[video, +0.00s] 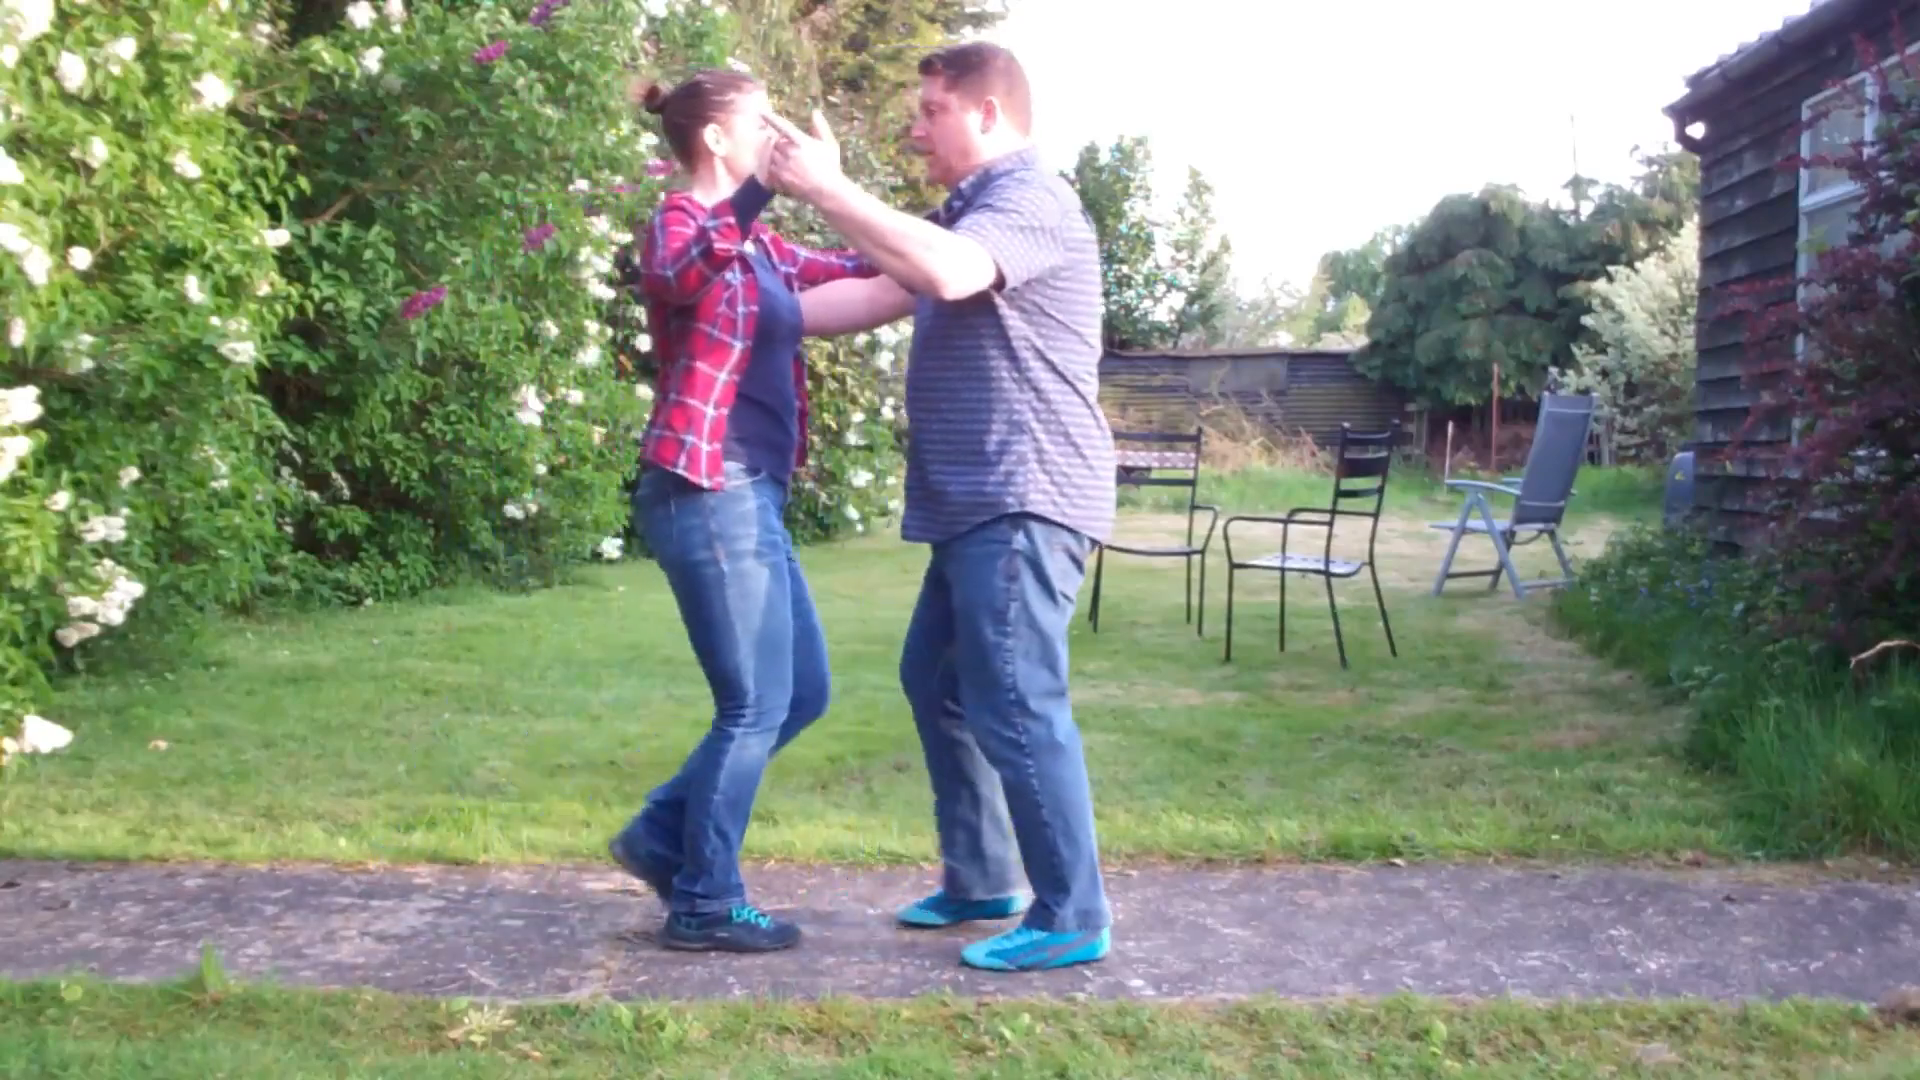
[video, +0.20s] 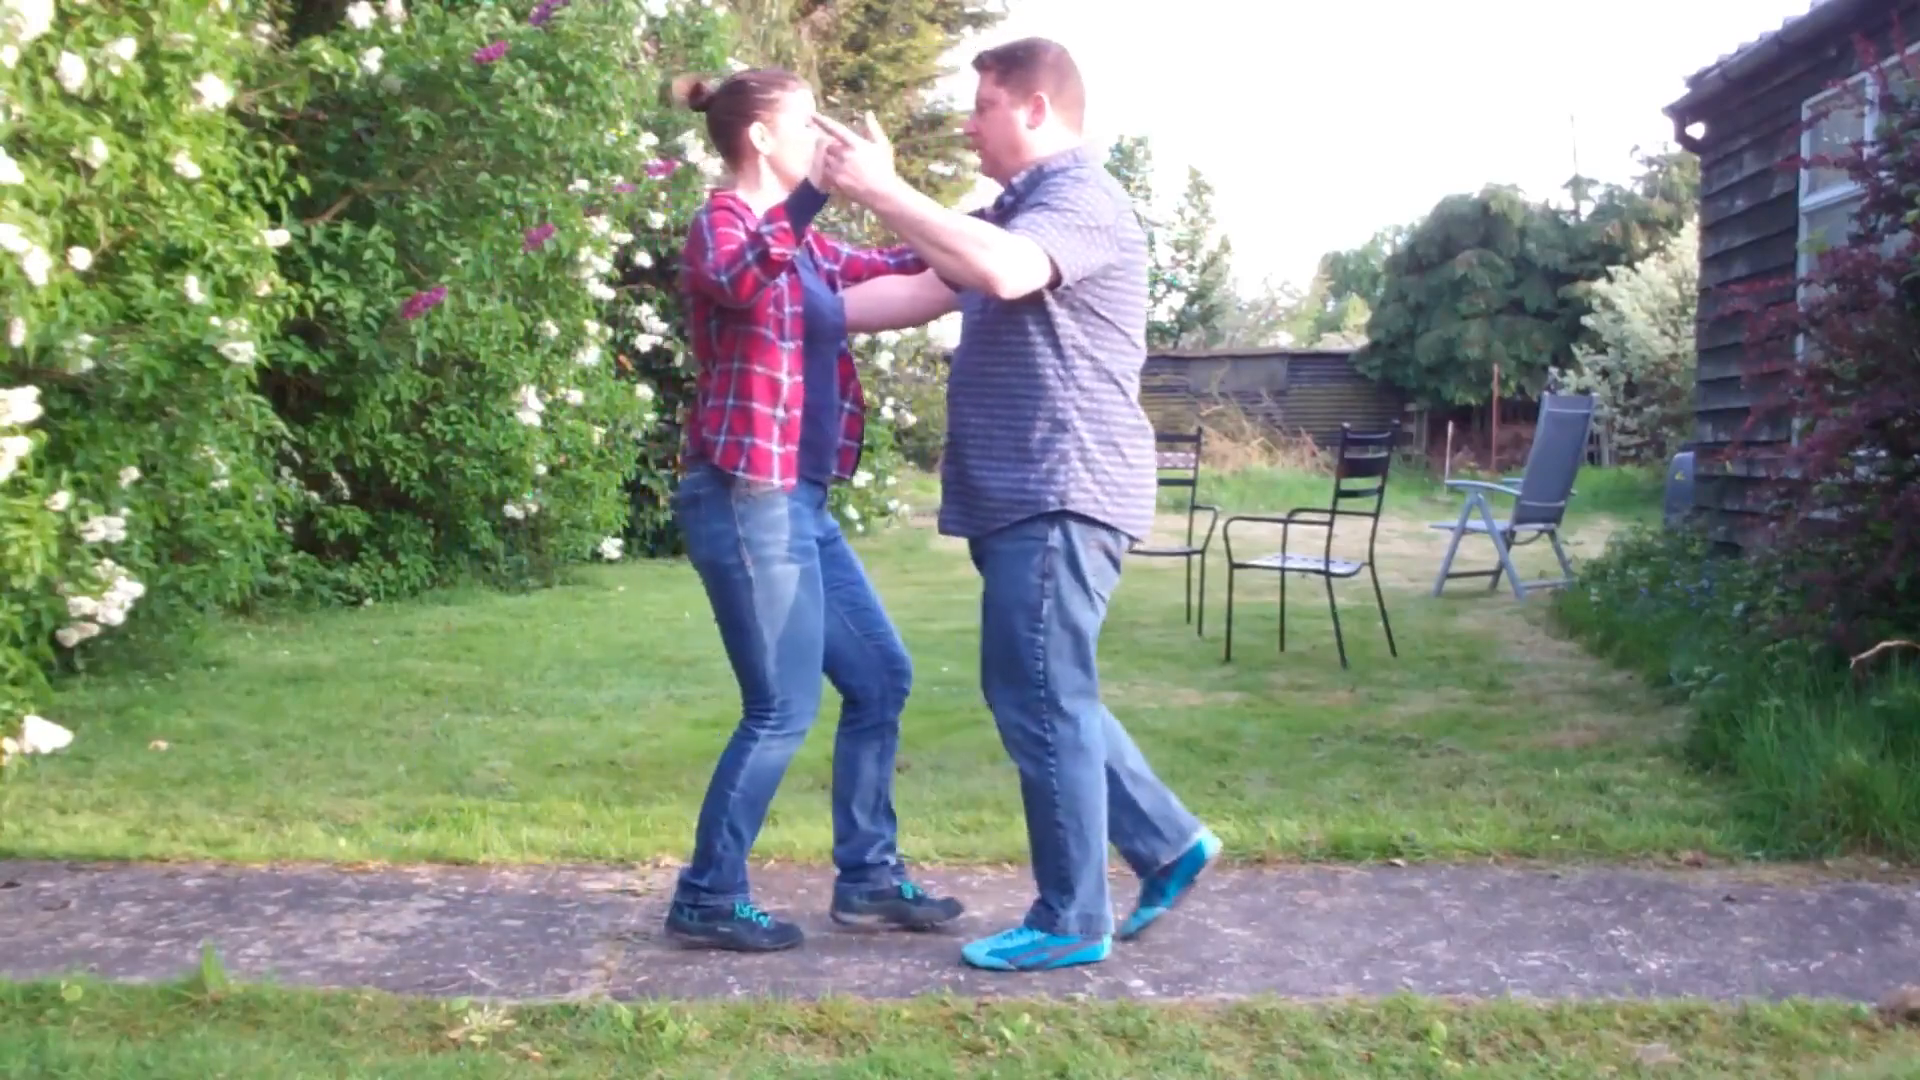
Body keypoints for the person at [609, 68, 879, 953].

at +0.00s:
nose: (778, 141)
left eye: (776, 125)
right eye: (763, 124)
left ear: (724, 140)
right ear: (715, 137)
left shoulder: (761, 242)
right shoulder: (677, 221)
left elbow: (859, 265)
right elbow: (675, 279)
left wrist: (943, 240)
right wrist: (760, 189)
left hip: (754, 486)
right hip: (702, 486)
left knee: (803, 690)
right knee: (752, 703)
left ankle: (659, 836)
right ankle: (704, 905)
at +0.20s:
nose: (821, 137)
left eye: (820, 122)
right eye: (808, 122)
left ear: (762, 134)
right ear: (760, 133)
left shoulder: (804, 238)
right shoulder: (720, 220)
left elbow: (902, 267)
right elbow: (728, 281)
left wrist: (987, 234)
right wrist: (804, 197)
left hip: (802, 498)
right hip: (742, 497)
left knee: (880, 680)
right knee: (782, 707)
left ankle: (869, 879)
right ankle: (707, 897)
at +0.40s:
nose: (851, 142)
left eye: (850, 126)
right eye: (837, 124)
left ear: (799, 138)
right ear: (786, 133)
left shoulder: (834, 236)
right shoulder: (748, 220)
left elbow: (931, 262)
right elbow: (760, 285)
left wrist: (1019, 230)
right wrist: (837, 198)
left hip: (857, 491)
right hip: (794, 494)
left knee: (905, 686)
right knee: (847, 702)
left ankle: (877, 887)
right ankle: (728, 877)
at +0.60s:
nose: (852, 150)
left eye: (850, 135)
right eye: (838, 133)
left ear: (800, 146)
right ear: (788, 142)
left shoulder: (838, 243)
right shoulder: (750, 227)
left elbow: (936, 265)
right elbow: (769, 298)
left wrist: (1011, 225)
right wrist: (831, 213)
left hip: (862, 497)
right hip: (798, 501)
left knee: (909, 691)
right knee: (871, 706)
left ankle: (876, 886)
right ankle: (731, 857)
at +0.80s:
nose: (817, 150)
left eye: (819, 134)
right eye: (805, 132)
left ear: (780, 142)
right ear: (754, 136)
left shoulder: (795, 239)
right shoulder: (717, 221)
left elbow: (892, 271)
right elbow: (727, 292)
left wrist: (972, 241)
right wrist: (782, 210)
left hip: (799, 494)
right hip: (744, 493)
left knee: (875, 671)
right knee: (791, 704)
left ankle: (876, 869)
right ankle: (696, 887)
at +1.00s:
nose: (768, 149)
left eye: (765, 133)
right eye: (753, 132)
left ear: (725, 139)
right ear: (704, 135)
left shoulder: (752, 241)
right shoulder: (660, 226)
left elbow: (842, 266)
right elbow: (663, 286)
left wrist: (919, 248)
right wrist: (700, 188)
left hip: (747, 488)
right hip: (694, 487)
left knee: (795, 680)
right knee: (750, 695)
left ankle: (653, 820)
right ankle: (692, 899)